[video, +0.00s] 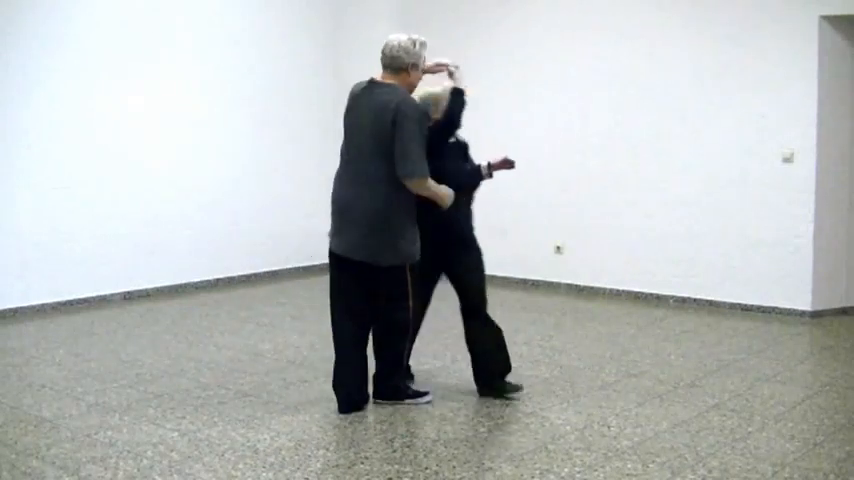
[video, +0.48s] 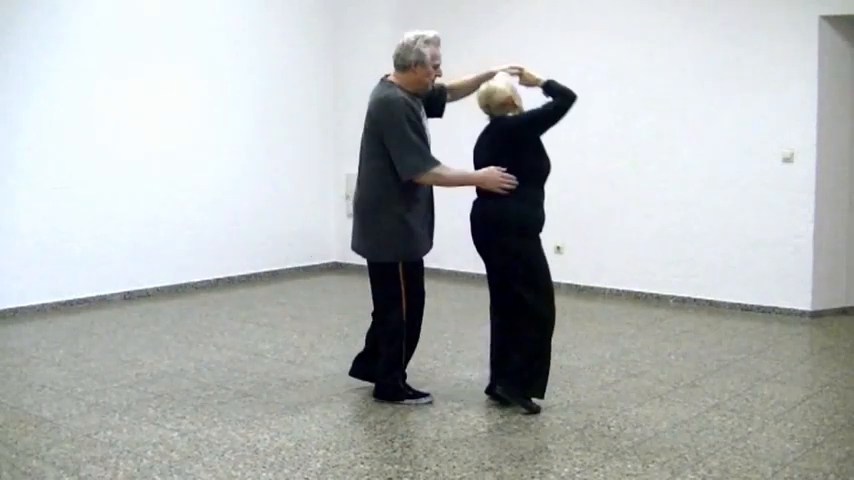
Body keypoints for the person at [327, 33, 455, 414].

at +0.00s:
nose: (421, 74)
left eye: (422, 68)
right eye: (420, 68)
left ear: (382, 65)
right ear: (413, 70)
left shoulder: (358, 94)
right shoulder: (407, 107)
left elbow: (386, 87)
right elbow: (412, 175)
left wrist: (419, 74)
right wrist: (438, 192)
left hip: (346, 224)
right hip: (388, 227)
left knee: (348, 315)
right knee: (394, 311)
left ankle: (349, 396)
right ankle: (391, 386)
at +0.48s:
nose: (439, 74)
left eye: (438, 67)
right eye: (434, 68)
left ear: (411, 66)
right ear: (413, 68)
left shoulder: (400, 91)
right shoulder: (394, 104)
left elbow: (446, 91)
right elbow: (421, 172)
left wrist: (491, 74)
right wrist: (477, 178)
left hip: (393, 220)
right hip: (392, 224)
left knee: (397, 299)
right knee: (403, 304)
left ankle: (372, 363)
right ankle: (390, 383)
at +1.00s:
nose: (451, 75)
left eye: (452, 68)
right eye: (446, 69)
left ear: (436, 68)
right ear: (419, 68)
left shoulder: (440, 107)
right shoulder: (391, 108)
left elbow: (447, 159)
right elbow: (389, 171)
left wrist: (468, 178)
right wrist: (441, 191)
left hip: (428, 230)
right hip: (394, 233)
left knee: (429, 305)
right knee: (402, 311)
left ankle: (420, 373)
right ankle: (396, 384)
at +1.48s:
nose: (456, 73)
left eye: (457, 66)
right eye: (450, 66)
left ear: (440, 67)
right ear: (426, 66)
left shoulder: (442, 110)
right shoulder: (399, 104)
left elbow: (447, 164)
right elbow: (399, 164)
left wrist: (468, 178)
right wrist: (447, 182)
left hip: (435, 227)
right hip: (406, 228)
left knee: (435, 300)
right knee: (426, 300)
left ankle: (423, 374)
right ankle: (413, 377)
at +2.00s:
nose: (451, 79)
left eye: (451, 72)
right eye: (447, 71)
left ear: (420, 71)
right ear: (426, 69)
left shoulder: (390, 96)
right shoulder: (412, 99)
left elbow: (352, 148)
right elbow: (405, 154)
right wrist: (441, 192)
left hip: (387, 223)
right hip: (397, 225)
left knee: (412, 301)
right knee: (403, 304)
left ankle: (414, 372)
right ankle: (385, 380)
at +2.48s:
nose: (431, 82)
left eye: (432, 75)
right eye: (428, 74)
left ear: (397, 72)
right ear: (410, 72)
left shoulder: (360, 97)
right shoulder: (410, 104)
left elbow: (315, 137)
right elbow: (461, 137)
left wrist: (297, 171)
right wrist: (511, 150)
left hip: (348, 218)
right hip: (384, 223)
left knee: (360, 296)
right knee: (392, 295)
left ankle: (366, 373)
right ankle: (382, 377)